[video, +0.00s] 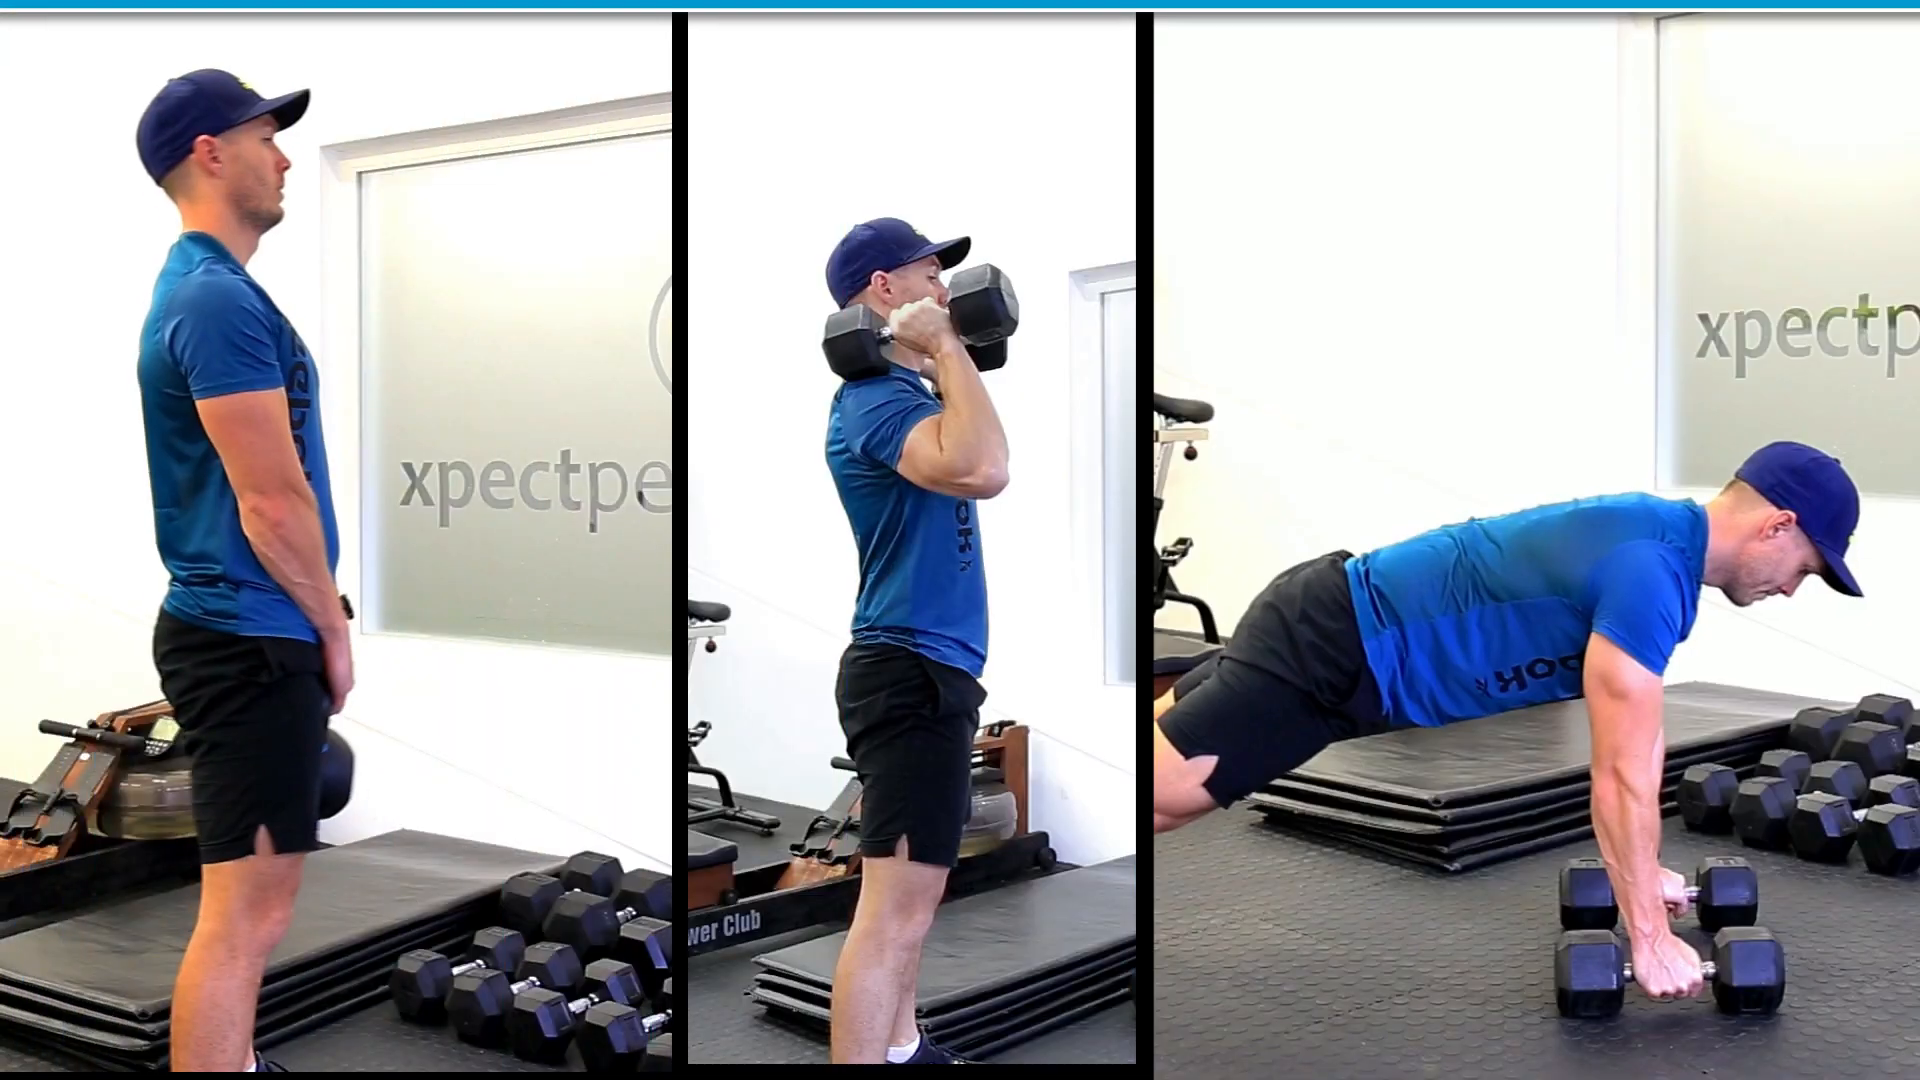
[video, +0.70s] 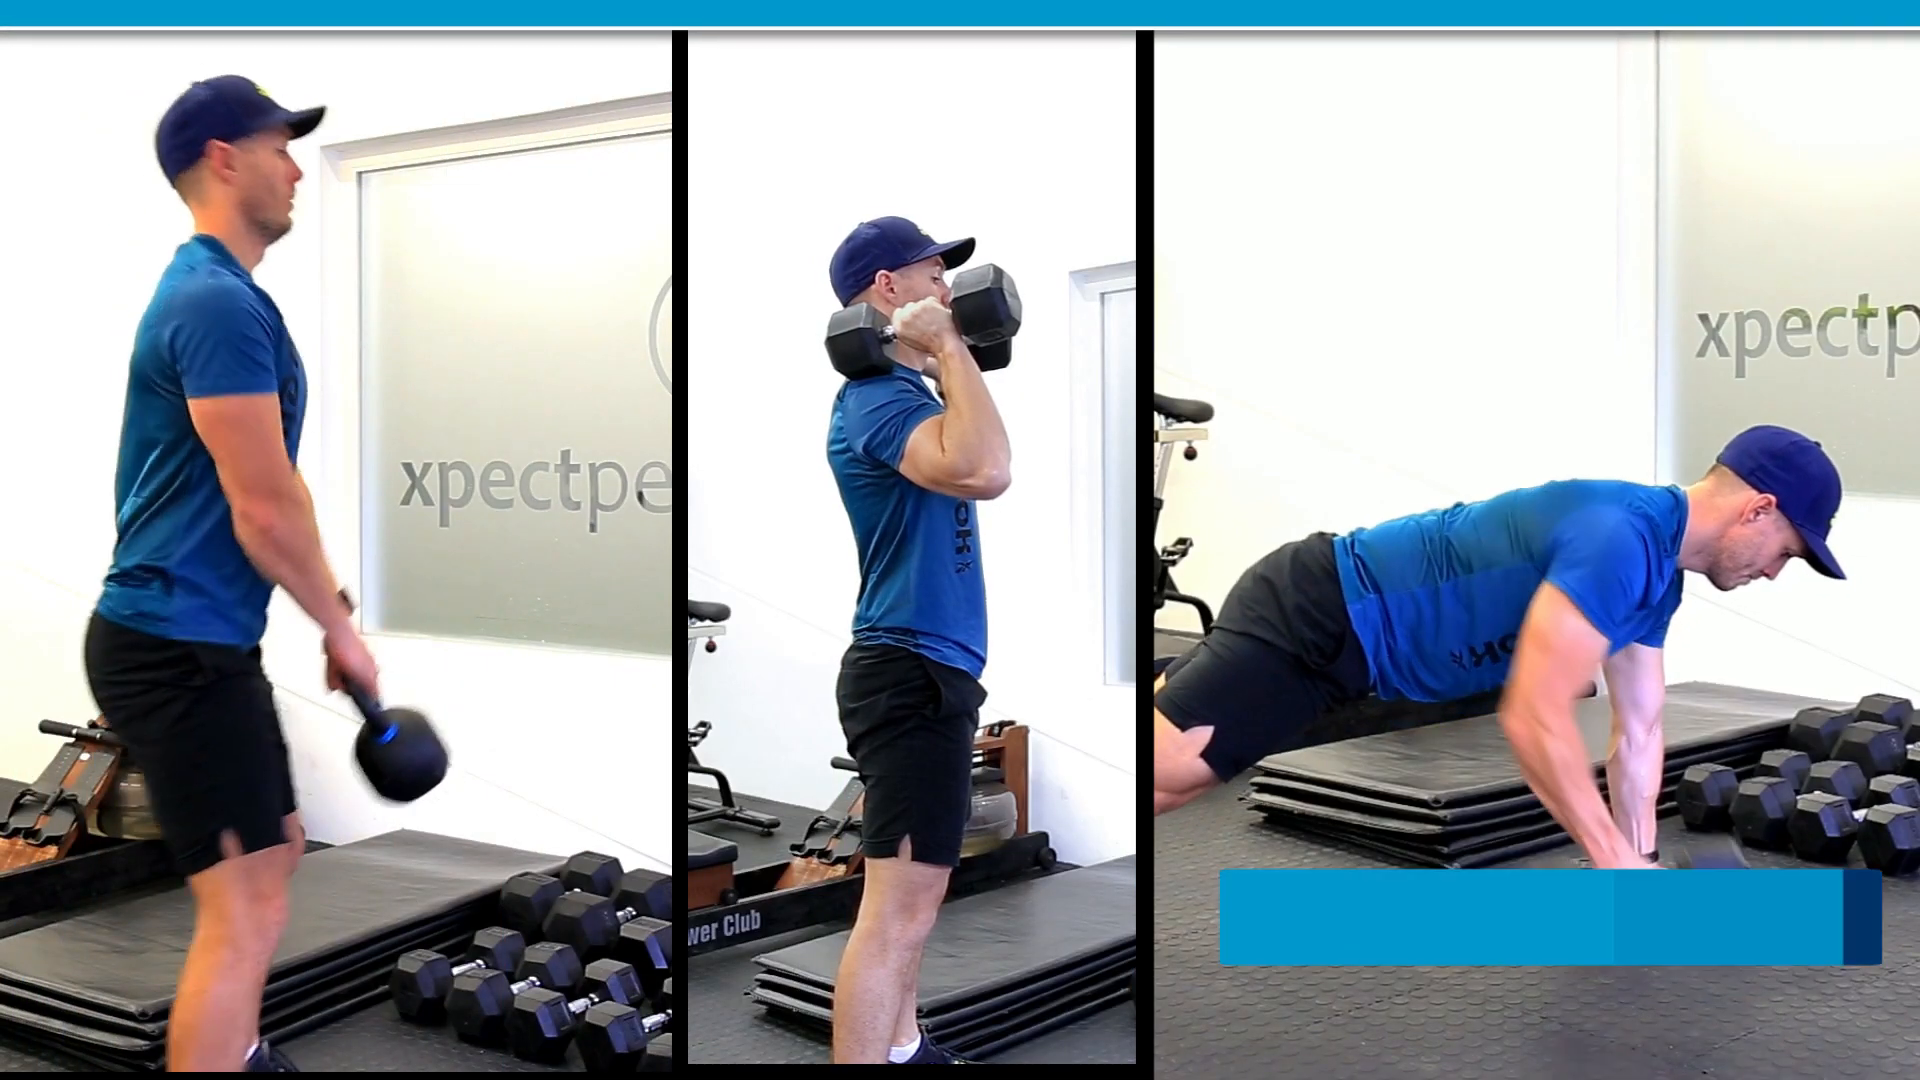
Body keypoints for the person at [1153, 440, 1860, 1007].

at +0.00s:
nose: (1795, 589)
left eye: (1808, 577)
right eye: (1806, 569)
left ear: (1766, 523)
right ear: (1775, 526)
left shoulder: (1663, 562)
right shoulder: (1651, 565)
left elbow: (1630, 753)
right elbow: (1618, 772)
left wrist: (1640, 872)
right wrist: (1646, 932)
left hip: (1351, 647)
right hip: (1336, 634)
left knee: (1167, 769)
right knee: (1156, 789)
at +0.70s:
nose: (1778, 573)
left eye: (1792, 560)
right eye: (1790, 551)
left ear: (1747, 503)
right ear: (1755, 507)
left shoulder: (1657, 571)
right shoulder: (1619, 537)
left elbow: (1638, 727)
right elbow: (1530, 717)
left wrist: (1640, 865)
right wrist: (1614, 859)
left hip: (1347, 652)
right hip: (1321, 610)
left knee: (1164, 780)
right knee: (1156, 759)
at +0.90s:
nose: (1785, 573)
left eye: (1799, 561)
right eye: (1796, 551)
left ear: (1752, 507)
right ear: (1761, 507)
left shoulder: (1659, 580)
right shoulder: (1621, 529)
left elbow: (1640, 730)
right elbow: (1464, 629)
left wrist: (1638, 839)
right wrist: (1559, 755)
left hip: (1357, 655)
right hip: (1328, 614)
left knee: (1161, 764)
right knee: (1156, 777)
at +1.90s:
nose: (1779, 578)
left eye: (1793, 567)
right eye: (1792, 557)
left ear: (1750, 507)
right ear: (1758, 510)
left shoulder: (1654, 579)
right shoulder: (1616, 529)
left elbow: (1636, 730)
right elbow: (1526, 709)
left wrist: (1644, 868)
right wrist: (1611, 860)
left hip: (1348, 659)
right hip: (1320, 611)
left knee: (1161, 780)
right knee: (1153, 760)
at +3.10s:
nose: (1791, 592)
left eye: (1805, 580)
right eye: (1802, 571)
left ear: (1762, 525)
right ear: (1770, 528)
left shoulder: (1659, 564)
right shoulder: (1645, 564)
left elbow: (1627, 768)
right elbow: (1619, 775)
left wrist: (1648, 928)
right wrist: (1642, 941)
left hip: (1346, 648)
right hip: (1329, 627)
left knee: (1147, 772)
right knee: (1140, 792)